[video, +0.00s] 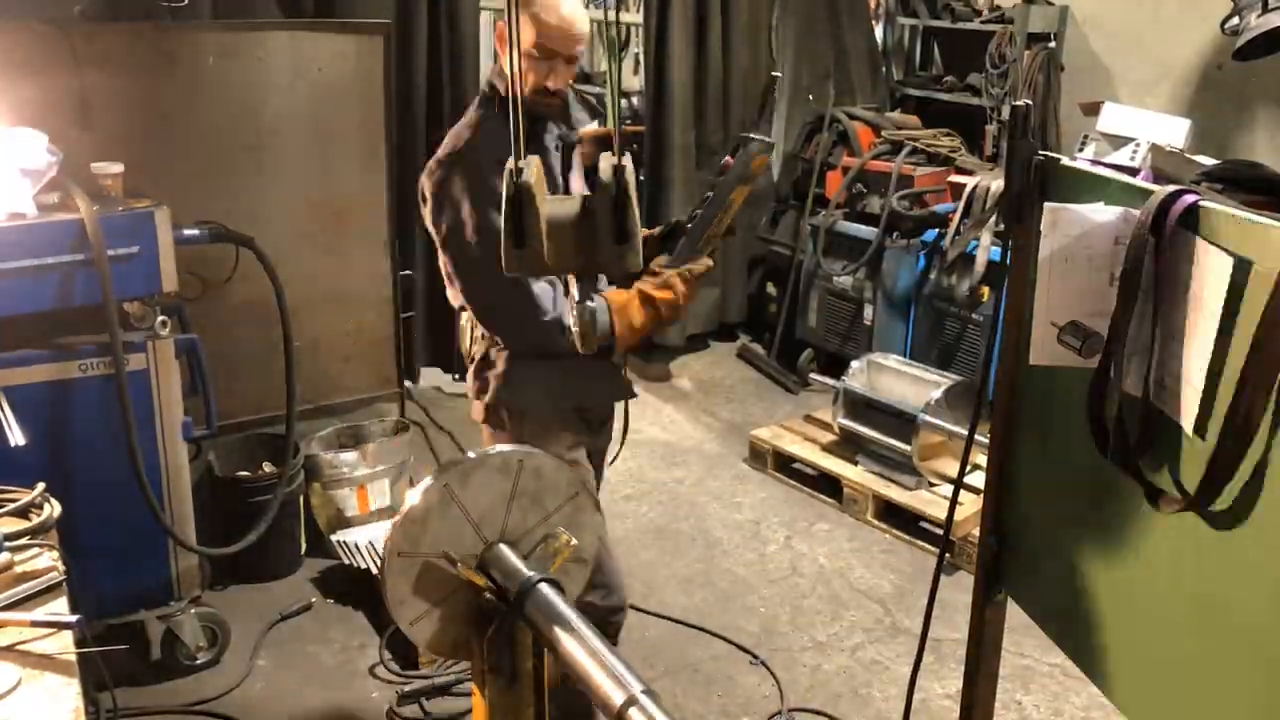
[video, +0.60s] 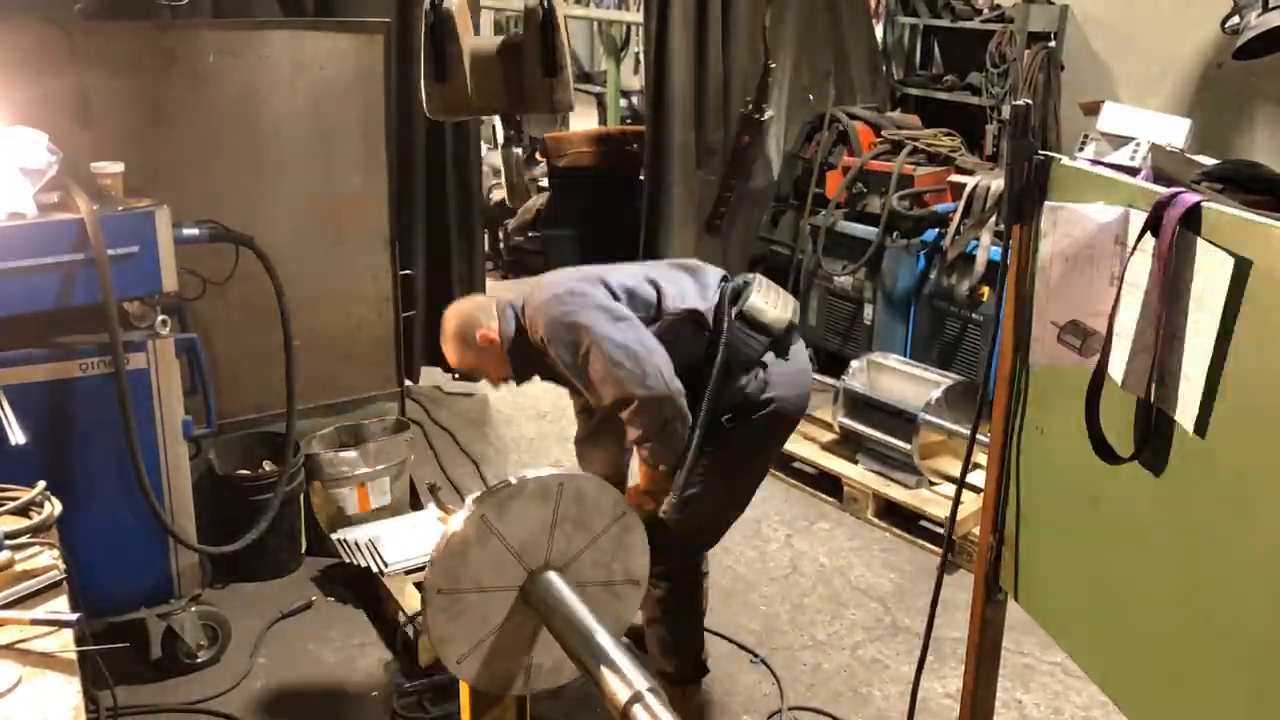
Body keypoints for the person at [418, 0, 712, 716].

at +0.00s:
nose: (559, 79)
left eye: (573, 62)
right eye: (544, 59)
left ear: (587, 51)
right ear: (502, 43)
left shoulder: (584, 122)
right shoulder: (462, 164)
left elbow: (605, 254)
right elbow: (499, 309)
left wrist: (656, 268)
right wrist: (613, 313)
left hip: (590, 389)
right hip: (525, 398)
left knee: (548, 573)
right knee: (600, 597)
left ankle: (521, 694)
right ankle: (578, 709)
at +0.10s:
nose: (688, 116)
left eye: (711, 102)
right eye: (677, 91)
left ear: (732, 84)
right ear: (653, 54)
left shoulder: (719, 152)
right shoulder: (570, 151)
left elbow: (732, 237)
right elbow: (500, 279)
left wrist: (832, 230)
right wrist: (490, 360)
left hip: (690, 413)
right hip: (599, 415)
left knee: (658, 599)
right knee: (593, 604)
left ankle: (634, 710)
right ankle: (571, 710)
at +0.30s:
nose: (589, 68)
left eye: (591, 53)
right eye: (586, 52)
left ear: (544, 52)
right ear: (547, 53)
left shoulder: (549, 134)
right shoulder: (423, 142)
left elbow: (565, 222)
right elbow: (362, 302)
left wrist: (650, 243)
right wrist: (430, 407)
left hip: (544, 380)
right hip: (458, 394)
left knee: (549, 544)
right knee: (437, 563)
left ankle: (546, 681)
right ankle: (408, 703)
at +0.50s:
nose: (591, 394)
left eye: (606, 381)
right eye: (571, 375)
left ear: (658, 327)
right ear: (551, 300)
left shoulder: (743, 373)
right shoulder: (588, 203)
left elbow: (677, 544)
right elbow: (566, 323)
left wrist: (572, 633)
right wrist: (524, 410)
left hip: (750, 440)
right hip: (654, 416)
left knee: (710, 642)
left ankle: (699, 708)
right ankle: (627, 690)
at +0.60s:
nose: (493, 381)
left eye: (479, 370)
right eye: (479, 376)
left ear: (488, 337)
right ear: (491, 329)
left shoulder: (560, 310)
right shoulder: (547, 322)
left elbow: (658, 396)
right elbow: (599, 428)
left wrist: (651, 485)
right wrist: (595, 515)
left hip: (759, 374)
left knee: (674, 540)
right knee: (658, 525)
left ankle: (680, 689)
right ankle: (659, 634)